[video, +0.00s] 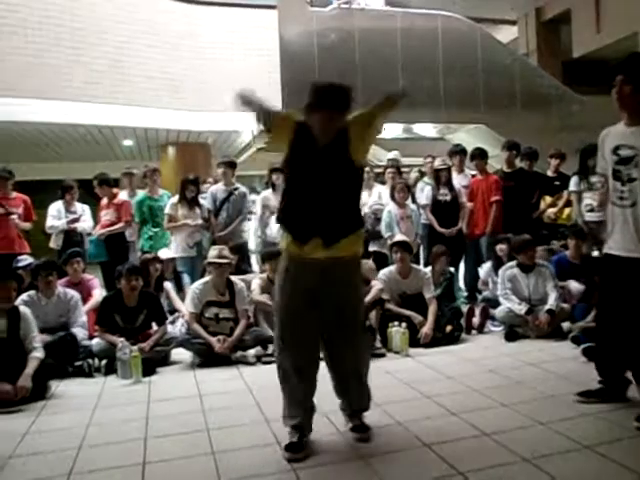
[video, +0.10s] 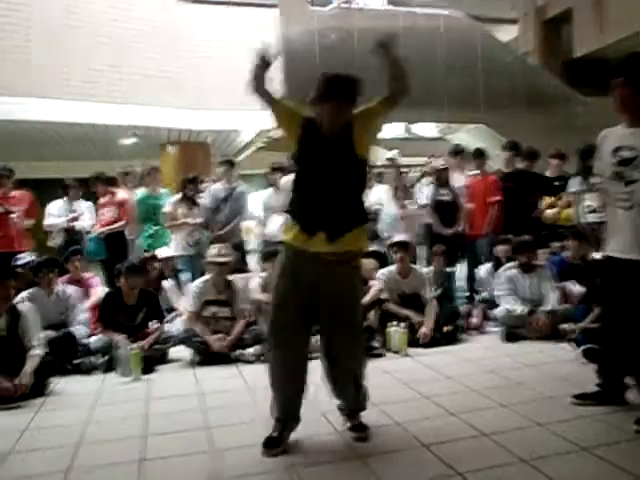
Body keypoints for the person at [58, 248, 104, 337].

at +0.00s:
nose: (75, 267)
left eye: (78, 263)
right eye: (71, 264)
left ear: (83, 265)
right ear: (65, 268)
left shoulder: (91, 281)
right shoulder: (60, 285)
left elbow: (98, 297)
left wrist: (82, 311)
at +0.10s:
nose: (76, 265)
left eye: (78, 261)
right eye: (72, 262)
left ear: (82, 262)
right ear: (66, 266)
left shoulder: (92, 279)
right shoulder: (62, 282)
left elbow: (97, 296)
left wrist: (82, 308)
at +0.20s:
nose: (77, 259)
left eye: (80, 255)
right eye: (73, 256)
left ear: (86, 257)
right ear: (68, 260)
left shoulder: (93, 273)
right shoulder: (63, 276)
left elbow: (100, 288)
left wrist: (84, 303)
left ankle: (93, 325)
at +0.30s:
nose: (74, 256)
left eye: (77, 252)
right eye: (70, 253)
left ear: (82, 255)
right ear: (64, 257)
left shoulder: (90, 271)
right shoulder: (59, 274)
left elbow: (96, 286)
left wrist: (81, 301)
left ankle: (89, 323)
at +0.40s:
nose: (72, 257)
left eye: (75, 252)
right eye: (68, 254)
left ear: (80, 255)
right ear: (63, 258)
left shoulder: (88, 271)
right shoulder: (57, 274)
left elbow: (94, 287)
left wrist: (78, 300)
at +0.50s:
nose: (66, 256)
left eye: (69, 251)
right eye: (62, 253)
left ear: (75, 254)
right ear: (57, 257)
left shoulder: (83, 270)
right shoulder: (51, 273)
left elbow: (89, 286)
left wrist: (72, 300)